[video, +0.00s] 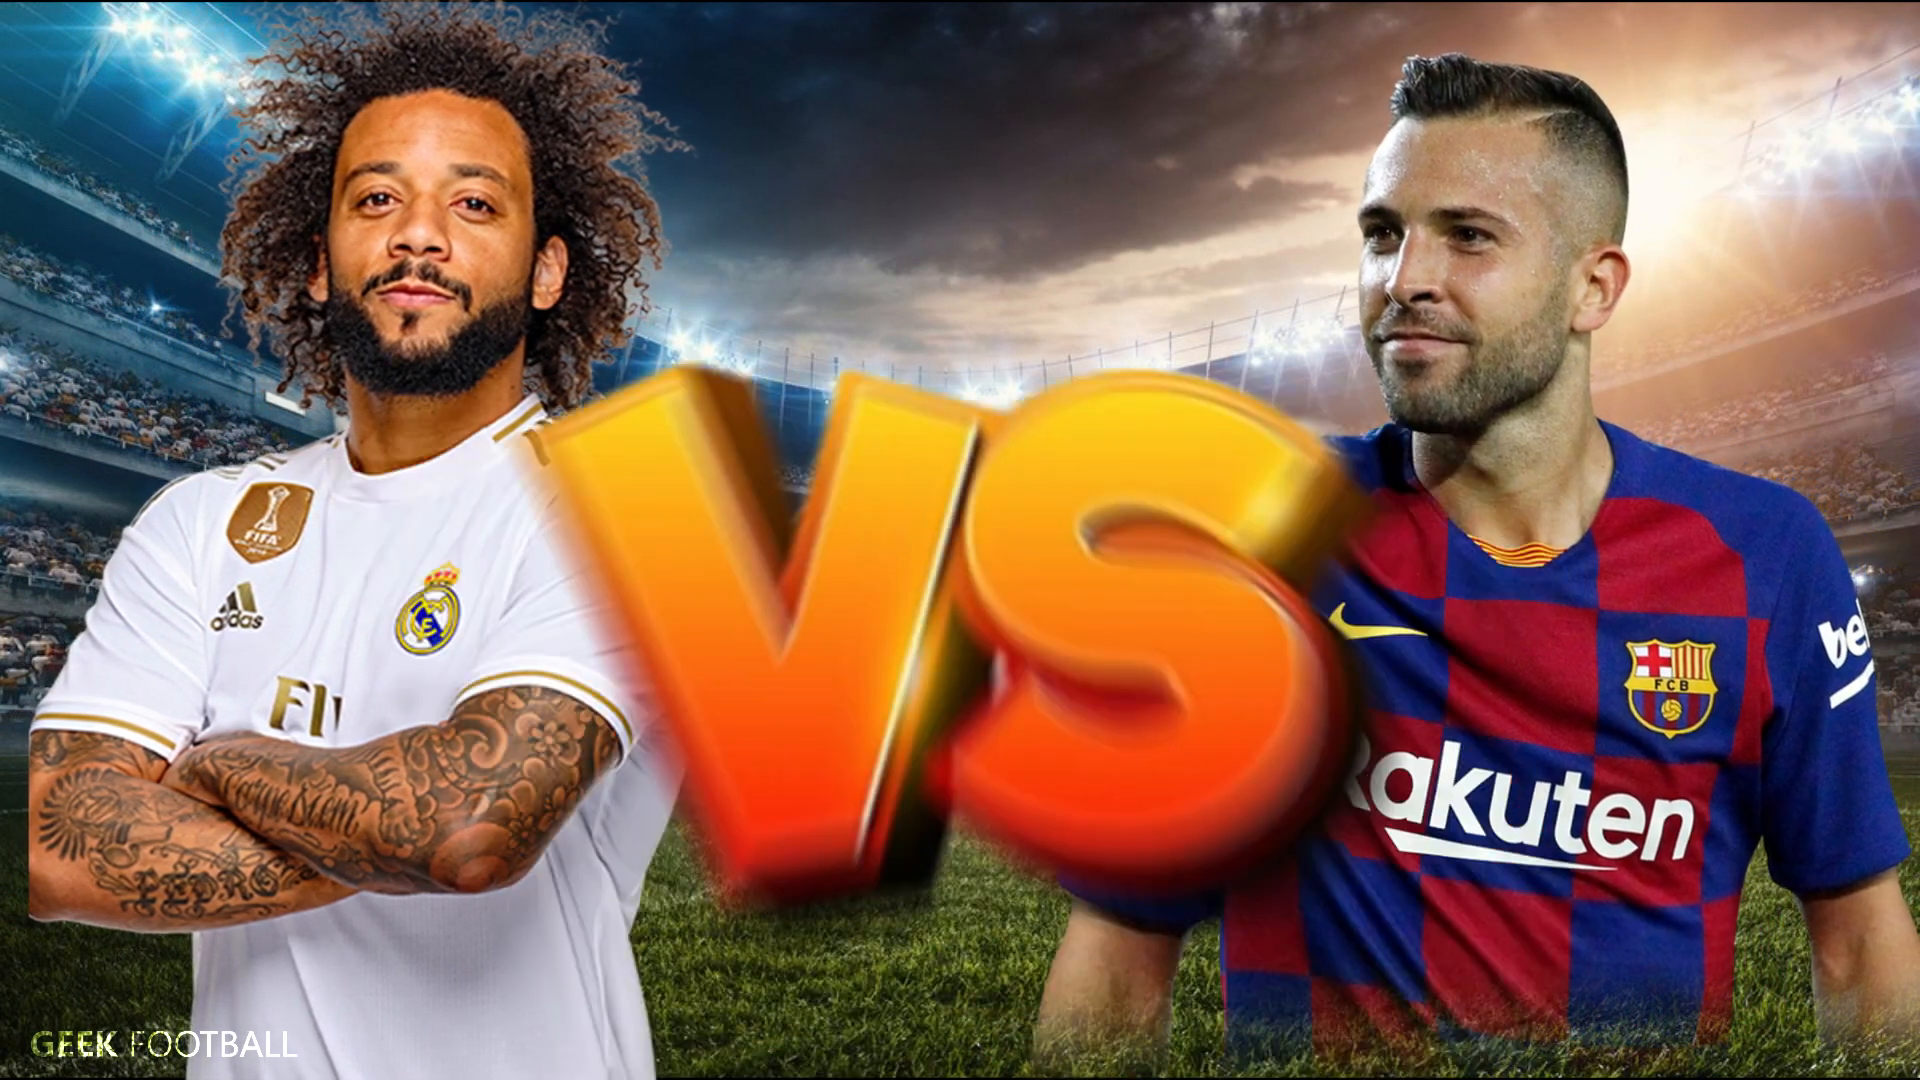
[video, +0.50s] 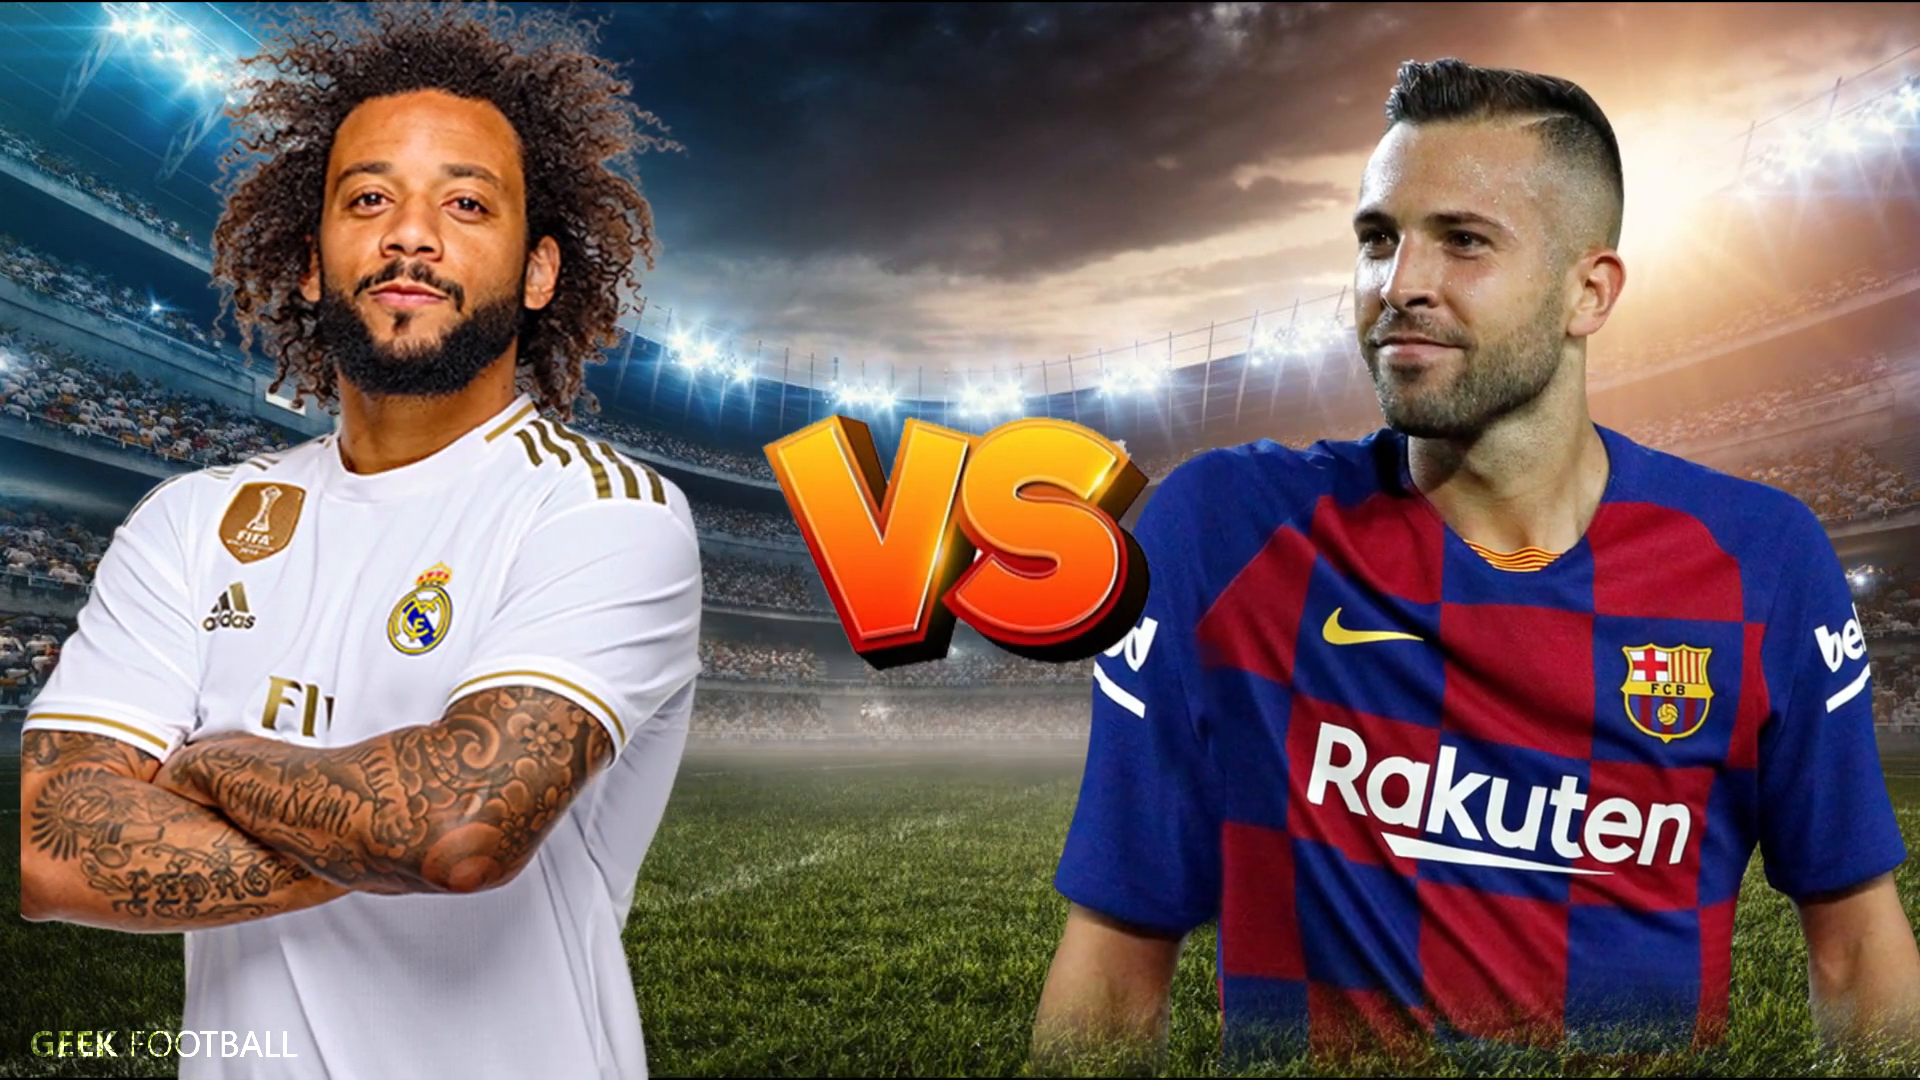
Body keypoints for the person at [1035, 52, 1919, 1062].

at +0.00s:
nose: (1402, 281)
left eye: (1469, 236)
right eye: (1382, 235)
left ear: (1593, 289)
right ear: (1357, 261)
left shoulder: (1766, 557)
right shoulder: (1261, 534)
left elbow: (1859, 932)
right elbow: (1124, 939)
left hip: (1632, 1049)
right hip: (1317, 1050)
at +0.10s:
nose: (1401, 281)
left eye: (1468, 237)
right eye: (1381, 236)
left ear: (1592, 291)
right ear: (1358, 260)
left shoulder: (1767, 559)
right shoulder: (1223, 527)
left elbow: (1860, 936)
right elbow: (1118, 952)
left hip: (1638, 1051)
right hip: (1309, 1050)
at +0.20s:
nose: (1399, 282)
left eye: (1467, 238)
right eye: (1380, 237)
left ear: (1591, 292)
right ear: (1357, 261)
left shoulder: (1766, 561)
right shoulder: (1224, 526)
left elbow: (1860, 939)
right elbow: (1118, 954)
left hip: (1638, 1051)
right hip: (1307, 1051)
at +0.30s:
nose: (1399, 283)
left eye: (1466, 239)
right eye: (1379, 238)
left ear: (1591, 293)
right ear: (1357, 260)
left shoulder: (1766, 561)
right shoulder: (1218, 527)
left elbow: (1860, 941)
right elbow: (1116, 958)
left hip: (1638, 1052)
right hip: (1305, 1052)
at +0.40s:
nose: (1398, 284)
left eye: (1465, 240)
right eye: (1378, 239)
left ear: (1590, 293)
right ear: (1355, 262)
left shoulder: (1765, 562)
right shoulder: (1220, 527)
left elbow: (1860, 941)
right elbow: (1117, 954)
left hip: (1638, 1050)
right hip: (1307, 1046)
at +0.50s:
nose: (1397, 285)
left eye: (1464, 241)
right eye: (1377, 240)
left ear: (1589, 294)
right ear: (1355, 263)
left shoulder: (1764, 564)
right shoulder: (1217, 530)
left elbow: (1857, 938)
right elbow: (1116, 958)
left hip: (1638, 1052)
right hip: (1306, 1050)